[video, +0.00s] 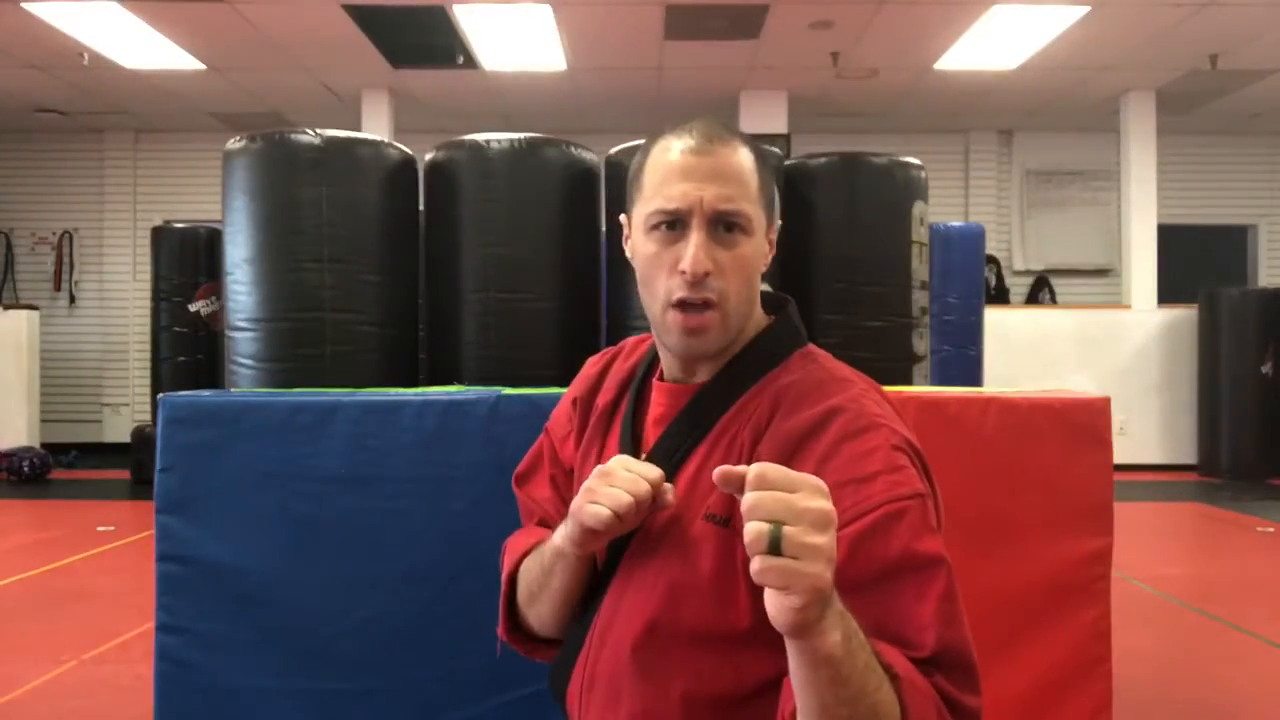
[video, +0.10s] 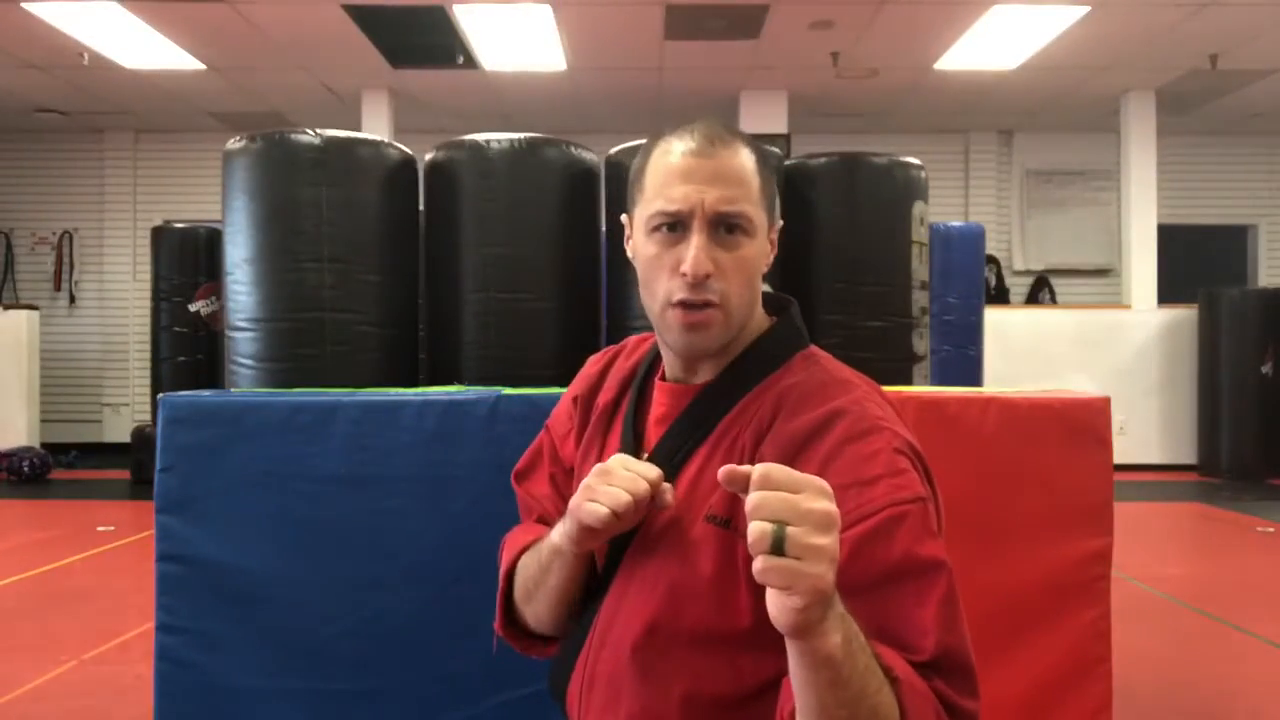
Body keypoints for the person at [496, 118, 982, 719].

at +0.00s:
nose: (695, 261)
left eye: (727, 228)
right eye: (668, 226)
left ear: (769, 245)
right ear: (628, 241)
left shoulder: (846, 431)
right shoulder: (603, 385)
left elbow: (921, 704)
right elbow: (533, 621)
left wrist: (816, 625)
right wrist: (570, 543)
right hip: (592, 704)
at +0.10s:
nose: (695, 264)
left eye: (728, 230)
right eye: (669, 228)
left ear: (770, 246)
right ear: (630, 242)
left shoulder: (847, 433)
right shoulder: (604, 384)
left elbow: (920, 704)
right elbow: (531, 619)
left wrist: (817, 626)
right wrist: (569, 541)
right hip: (591, 703)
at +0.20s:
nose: (693, 260)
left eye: (726, 228)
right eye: (668, 225)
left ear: (769, 245)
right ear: (628, 240)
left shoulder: (847, 434)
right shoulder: (605, 385)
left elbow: (920, 702)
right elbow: (536, 622)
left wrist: (817, 630)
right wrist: (571, 542)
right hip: (591, 702)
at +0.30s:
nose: (693, 261)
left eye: (725, 229)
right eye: (667, 226)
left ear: (769, 246)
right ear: (627, 239)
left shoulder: (847, 433)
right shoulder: (604, 388)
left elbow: (916, 706)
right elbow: (538, 625)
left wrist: (818, 629)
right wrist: (574, 544)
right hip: (595, 707)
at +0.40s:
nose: (692, 263)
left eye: (724, 231)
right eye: (667, 228)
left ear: (768, 245)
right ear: (626, 239)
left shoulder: (847, 435)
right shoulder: (604, 389)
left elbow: (919, 701)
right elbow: (537, 625)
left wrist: (817, 629)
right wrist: (573, 546)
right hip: (593, 703)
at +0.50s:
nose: (691, 263)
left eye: (723, 231)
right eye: (665, 228)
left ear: (767, 244)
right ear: (625, 241)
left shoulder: (846, 434)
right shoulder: (605, 388)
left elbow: (913, 706)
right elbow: (538, 625)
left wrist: (816, 630)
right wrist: (572, 545)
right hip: (594, 707)